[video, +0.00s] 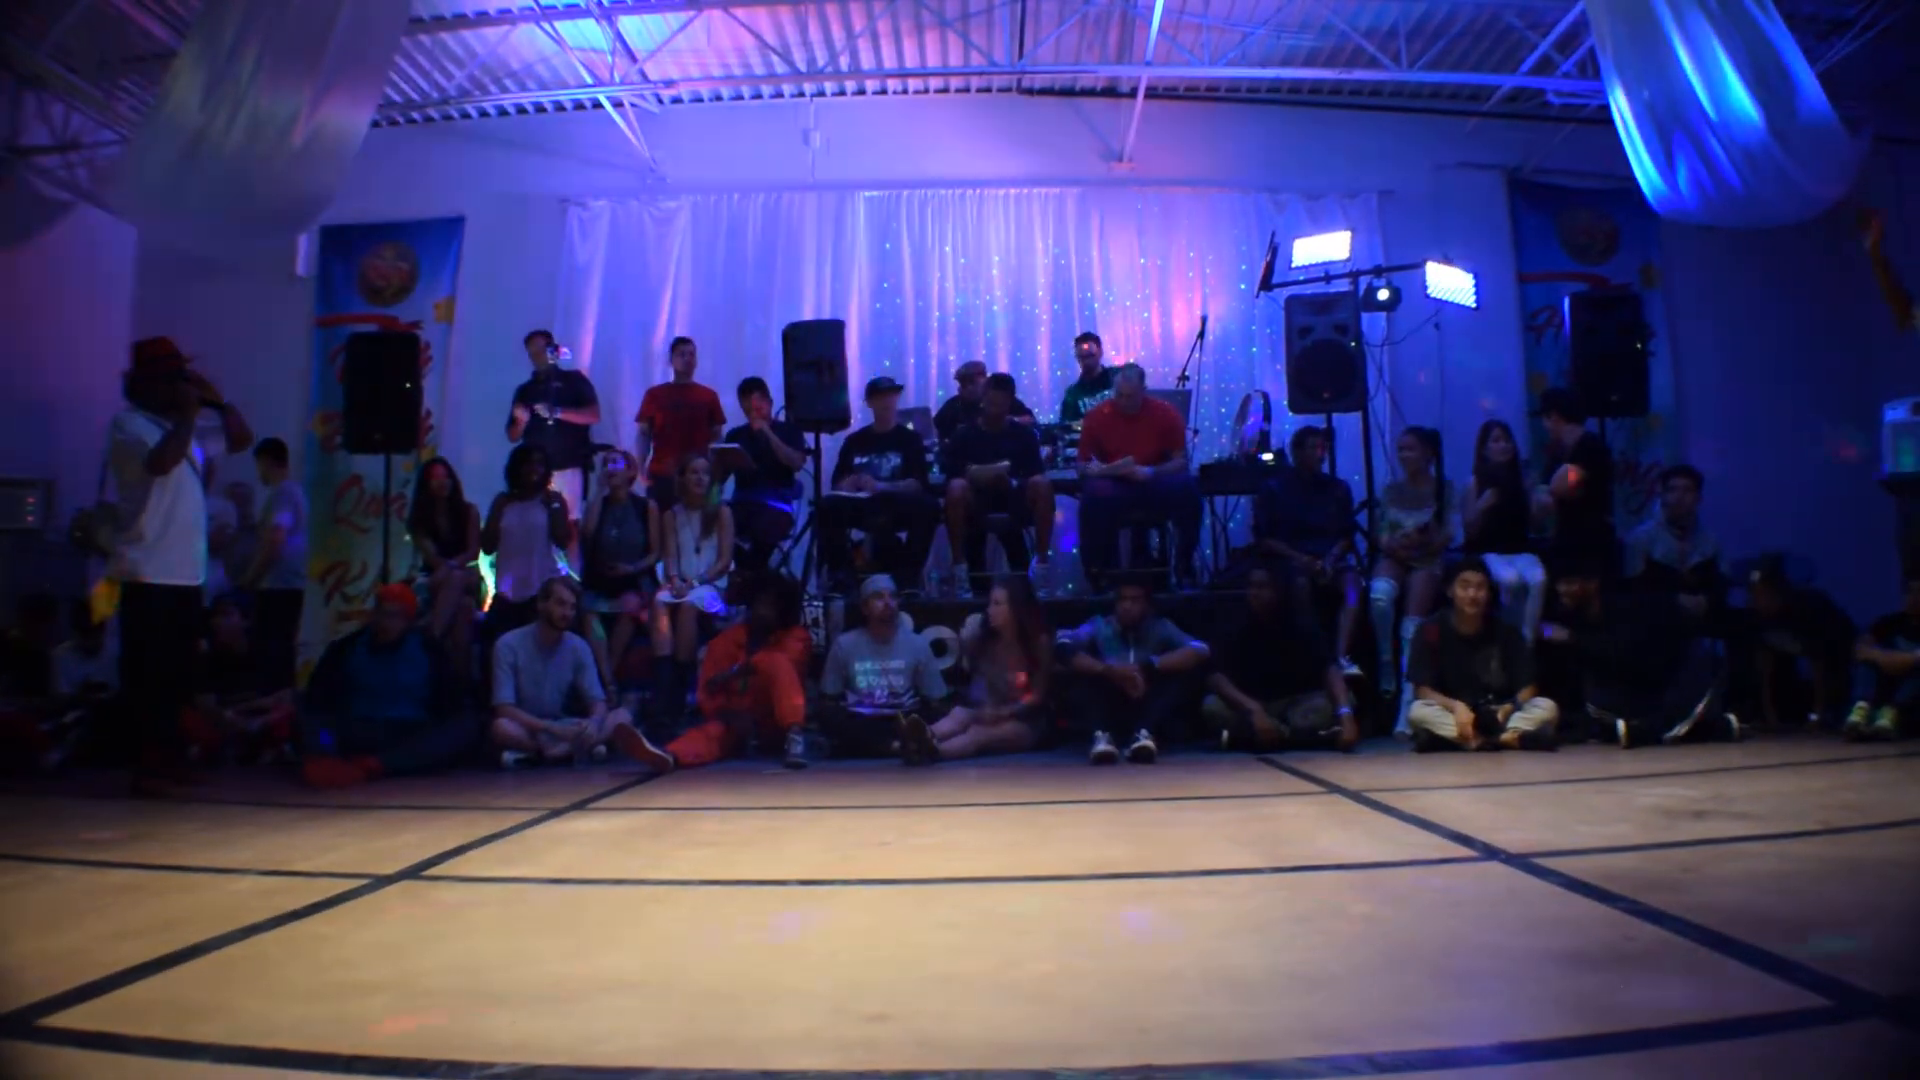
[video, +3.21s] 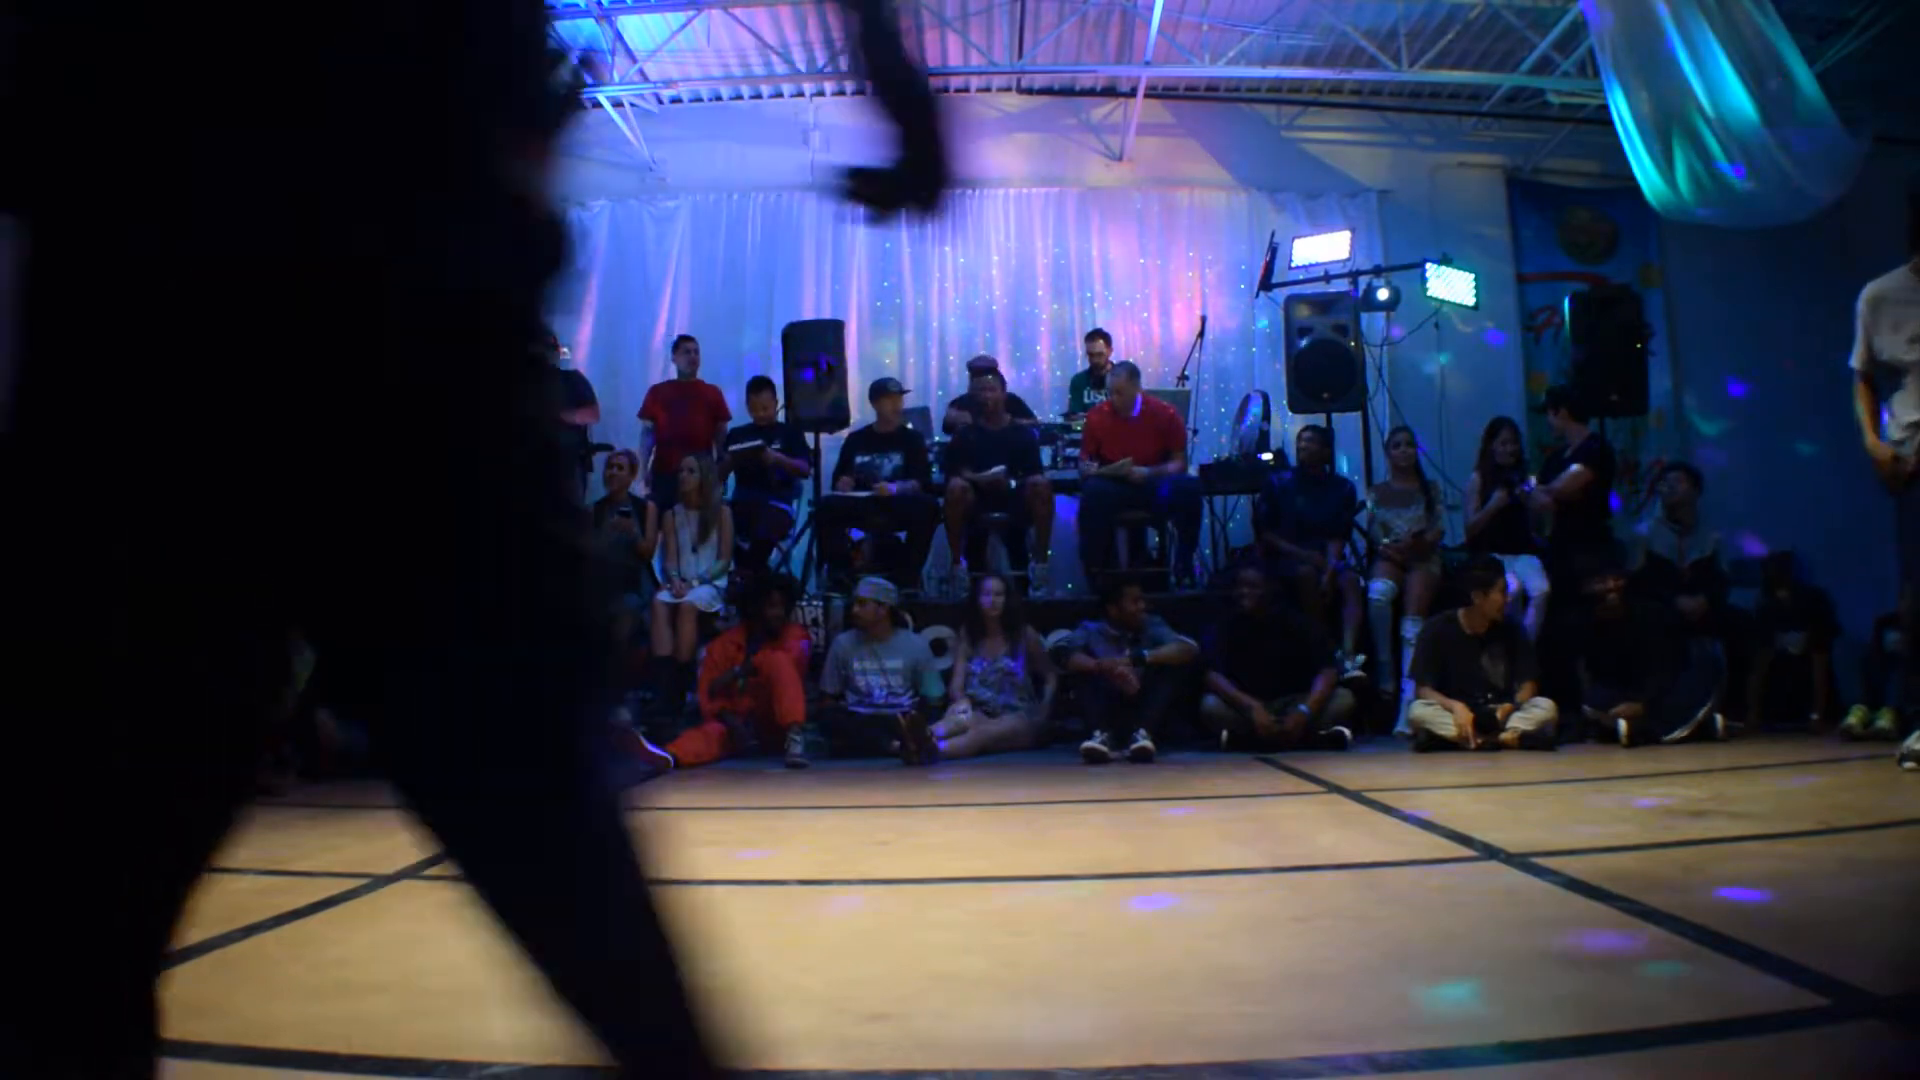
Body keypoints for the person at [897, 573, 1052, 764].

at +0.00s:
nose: (990, 610)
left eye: (998, 604)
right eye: (990, 604)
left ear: (1017, 607)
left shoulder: (1036, 644)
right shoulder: (986, 643)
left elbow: (1037, 696)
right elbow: (977, 685)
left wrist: (999, 713)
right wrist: (985, 708)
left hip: (1027, 718)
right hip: (994, 712)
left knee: (979, 734)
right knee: (960, 715)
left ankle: (931, 752)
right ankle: (922, 735)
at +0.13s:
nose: (992, 612)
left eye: (999, 605)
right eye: (991, 605)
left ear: (1018, 609)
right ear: (988, 607)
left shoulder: (1036, 645)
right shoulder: (987, 643)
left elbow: (1039, 696)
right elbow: (965, 676)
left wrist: (1001, 715)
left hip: (1023, 720)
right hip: (990, 713)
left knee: (979, 736)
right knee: (959, 716)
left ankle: (933, 753)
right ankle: (921, 739)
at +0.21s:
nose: (992, 612)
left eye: (998, 605)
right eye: (991, 605)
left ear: (1017, 608)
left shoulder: (1037, 645)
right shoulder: (982, 641)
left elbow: (1039, 696)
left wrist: (1001, 714)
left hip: (1017, 719)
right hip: (983, 711)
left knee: (977, 735)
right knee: (958, 716)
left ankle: (934, 753)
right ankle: (921, 739)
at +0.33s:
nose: (992, 614)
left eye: (998, 607)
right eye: (991, 607)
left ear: (1018, 609)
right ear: (989, 609)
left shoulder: (1038, 644)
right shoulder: (986, 638)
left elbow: (1040, 697)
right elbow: (962, 640)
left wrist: (999, 715)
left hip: (1021, 718)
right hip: (985, 710)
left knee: (978, 734)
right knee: (958, 715)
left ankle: (931, 752)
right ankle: (924, 737)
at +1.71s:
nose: (982, 615)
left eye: (987, 608)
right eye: (978, 609)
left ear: (1002, 608)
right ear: (975, 609)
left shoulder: (1023, 639)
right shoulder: (975, 636)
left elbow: (1032, 685)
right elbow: (957, 668)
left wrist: (996, 714)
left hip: (1019, 716)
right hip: (981, 709)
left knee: (978, 736)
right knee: (959, 717)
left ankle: (933, 751)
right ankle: (924, 737)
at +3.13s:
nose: (994, 600)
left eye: (999, 595)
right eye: (988, 595)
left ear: (1008, 599)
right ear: (978, 599)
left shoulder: (1023, 636)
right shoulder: (969, 636)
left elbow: (1046, 682)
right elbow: (956, 687)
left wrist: (1020, 712)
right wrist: (964, 707)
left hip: (1014, 713)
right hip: (978, 712)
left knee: (988, 734)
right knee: (960, 718)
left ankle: (934, 751)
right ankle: (924, 736)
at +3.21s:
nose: (992, 601)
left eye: (998, 595)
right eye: (986, 595)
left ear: (1007, 599)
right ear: (977, 599)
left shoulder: (1023, 634)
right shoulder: (969, 634)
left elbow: (1050, 675)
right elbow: (956, 686)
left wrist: (1043, 712)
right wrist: (963, 704)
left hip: (1017, 709)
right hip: (979, 707)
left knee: (983, 735)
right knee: (962, 719)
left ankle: (936, 751)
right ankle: (923, 736)